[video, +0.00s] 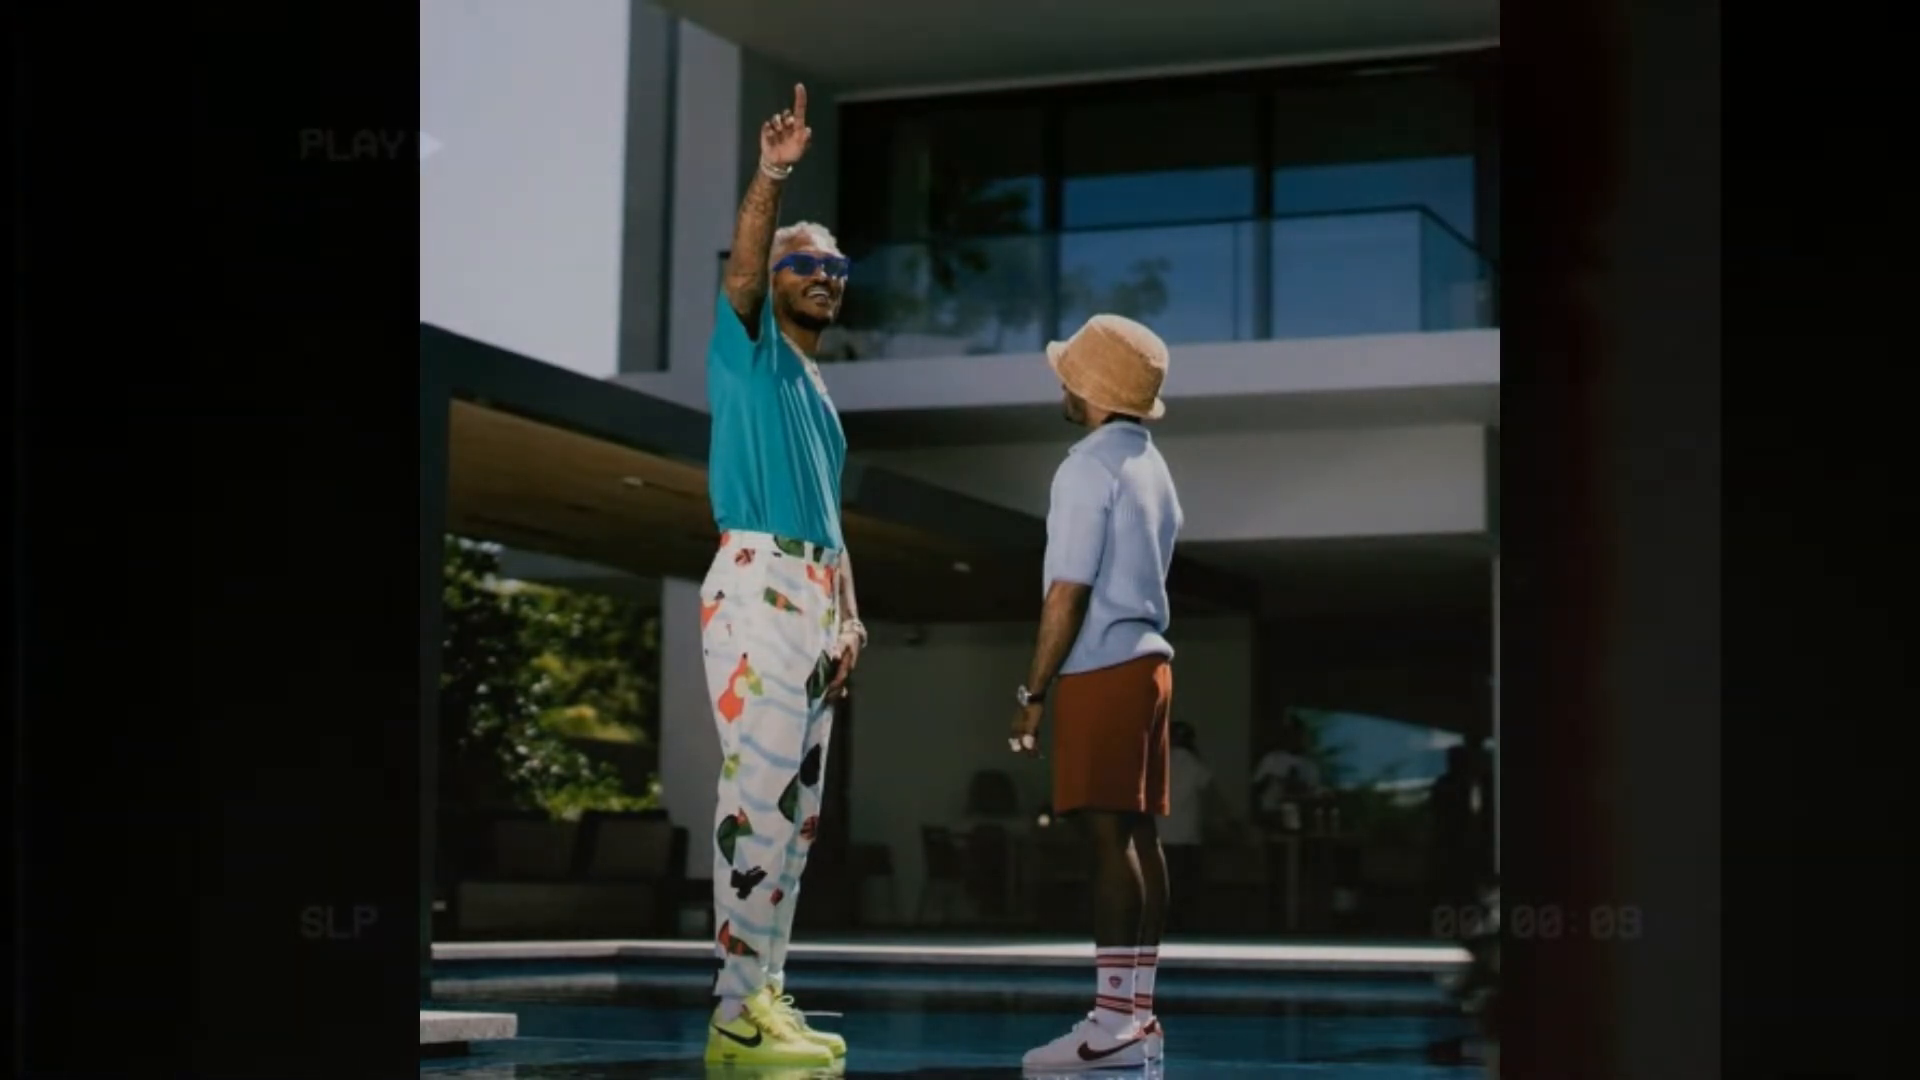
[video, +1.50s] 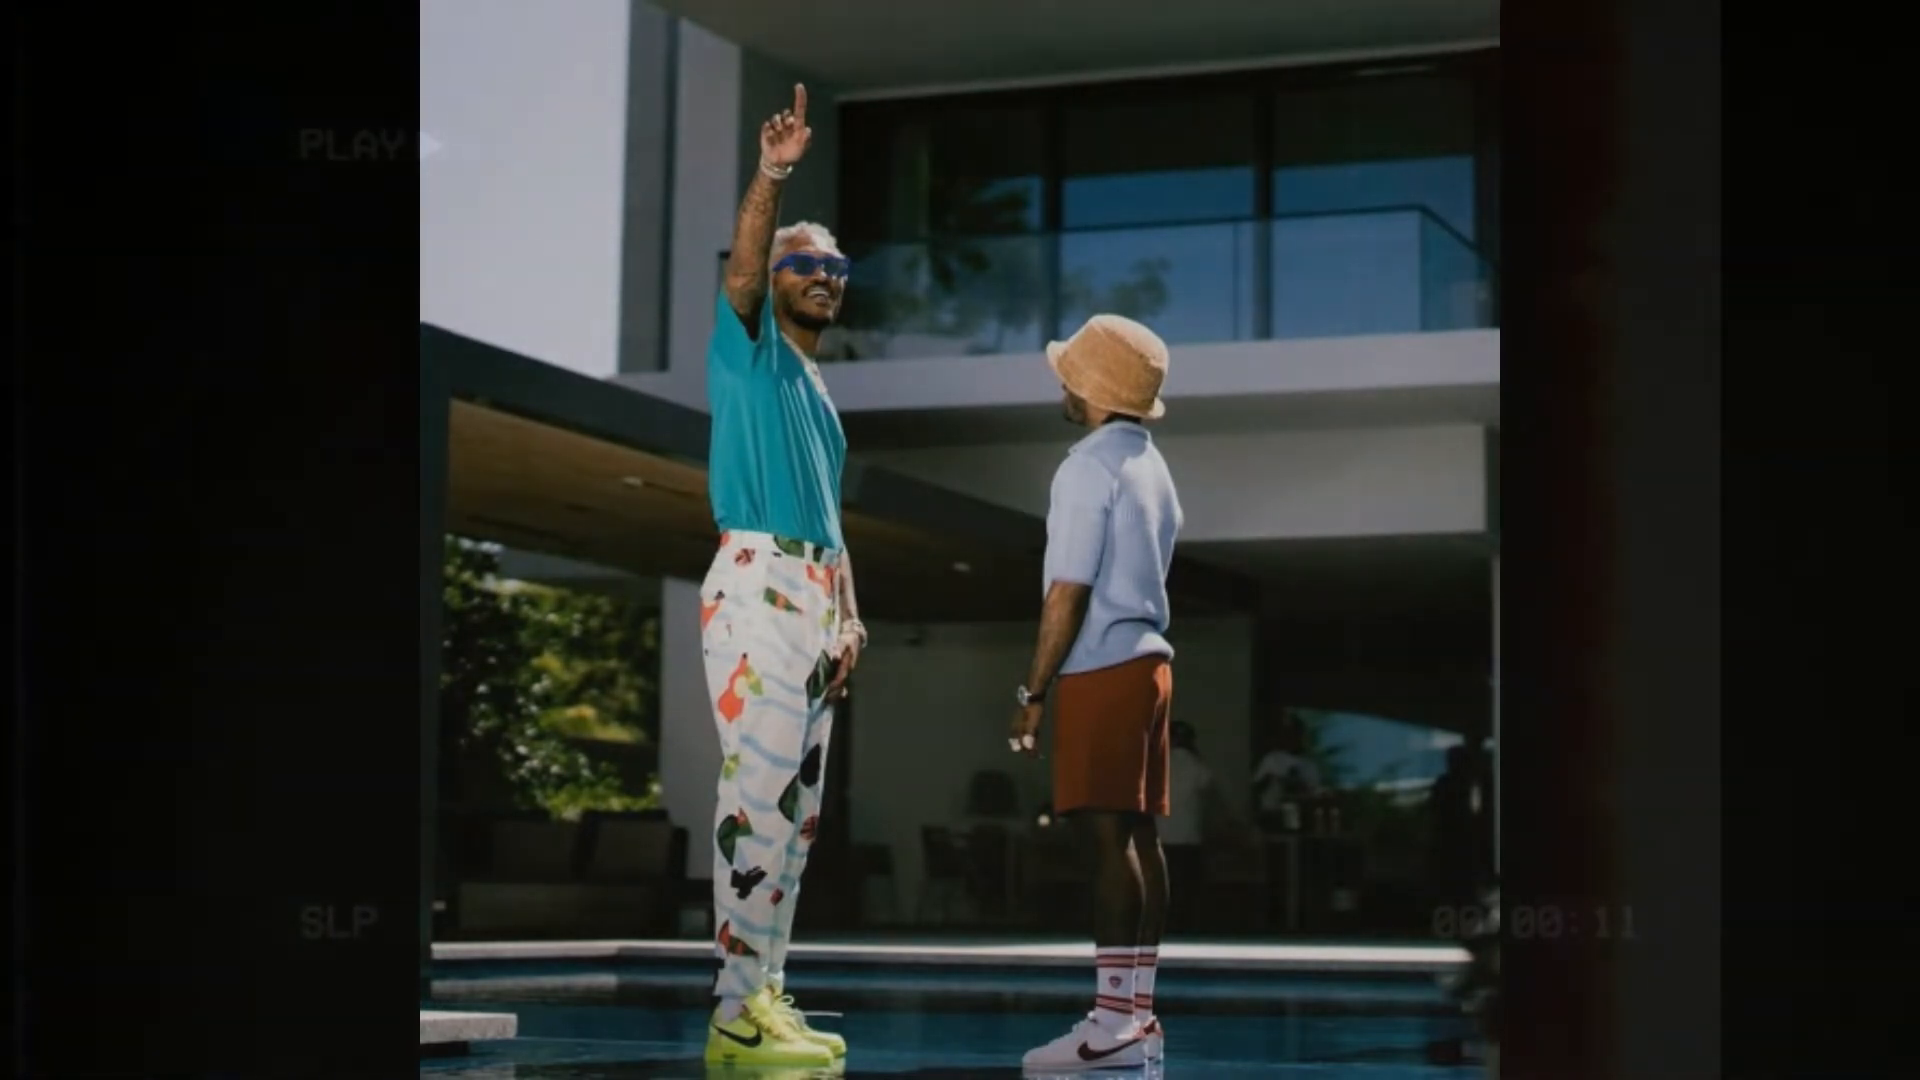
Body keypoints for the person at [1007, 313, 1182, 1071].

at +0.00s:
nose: (1064, 388)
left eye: (1072, 378)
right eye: (1068, 376)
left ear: (1092, 391)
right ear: (1130, 394)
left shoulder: (1088, 468)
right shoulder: (1148, 463)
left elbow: (1067, 594)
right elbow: (1149, 577)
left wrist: (1032, 691)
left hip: (1104, 670)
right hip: (1146, 666)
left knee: (1109, 839)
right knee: (1139, 838)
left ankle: (1116, 1015)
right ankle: (1135, 1012)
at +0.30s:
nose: (1064, 388)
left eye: (1072, 378)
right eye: (1069, 376)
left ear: (1092, 391)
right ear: (1130, 395)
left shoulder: (1087, 468)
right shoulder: (1148, 463)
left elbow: (1068, 594)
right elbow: (1148, 577)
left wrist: (1032, 691)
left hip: (1104, 669)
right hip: (1146, 666)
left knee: (1108, 838)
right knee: (1140, 838)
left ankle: (1116, 1015)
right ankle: (1135, 1012)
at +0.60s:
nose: (1063, 388)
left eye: (1072, 378)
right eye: (1068, 376)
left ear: (1092, 391)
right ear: (1130, 394)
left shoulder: (1087, 468)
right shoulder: (1148, 463)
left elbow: (1067, 594)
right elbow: (1148, 578)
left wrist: (1032, 691)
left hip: (1104, 669)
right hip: (1147, 665)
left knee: (1108, 839)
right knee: (1139, 838)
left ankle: (1116, 1015)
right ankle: (1135, 1012)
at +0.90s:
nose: (1064, 388)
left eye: (1072, 378)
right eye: (1068, 376)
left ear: (1092, 391)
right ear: (1129, 394)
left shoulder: (1087, 468)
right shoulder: (1148, 463)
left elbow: (1067, 595)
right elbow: (1150, 578)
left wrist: (1031, 692)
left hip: (1104, 669)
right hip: (1147, 666)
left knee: (1107, 839)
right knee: (1139, 839)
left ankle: (1116, 1015)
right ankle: (1135, 1013)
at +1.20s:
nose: (1063, 388)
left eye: (1072, 378)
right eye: (1068, 377)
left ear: (1092, 391)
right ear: (1130, 394)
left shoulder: (1087, 468)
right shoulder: (1148, 463)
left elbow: (1068, 594)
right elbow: (1149, 577)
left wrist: (1032, 691)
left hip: (1104, 669)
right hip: (1147, 666)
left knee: (1108, 839)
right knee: (1140, 838)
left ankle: (1116, 1015)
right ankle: (1135, 1012)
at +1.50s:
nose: (1064, 388)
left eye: (1072, 378)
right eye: (1068, 376)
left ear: (1093, 390)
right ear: (1130, 394)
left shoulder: (1088, 468)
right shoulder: (1147, 463)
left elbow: (1068, 594)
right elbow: (1147, 579)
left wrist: (1032, 691)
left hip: (1104, 669)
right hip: (1146, 665)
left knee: (1109, 838)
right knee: (1140, 838)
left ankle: (1116, 1015)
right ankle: (1135, 1012)